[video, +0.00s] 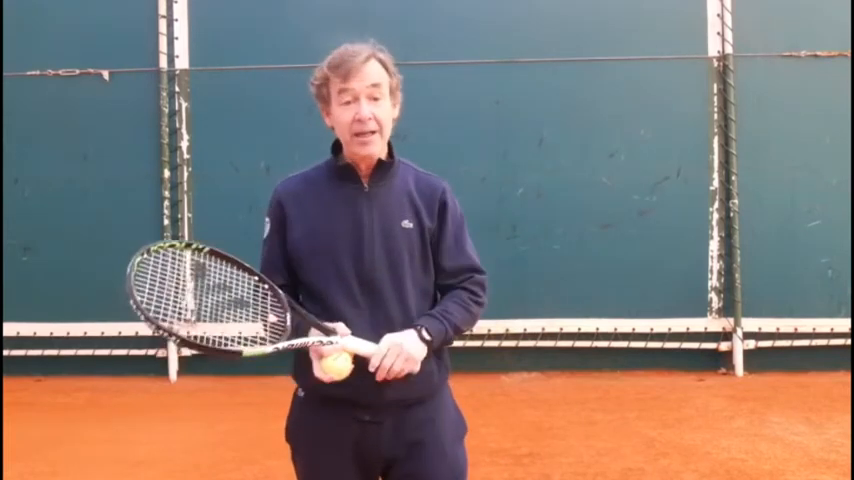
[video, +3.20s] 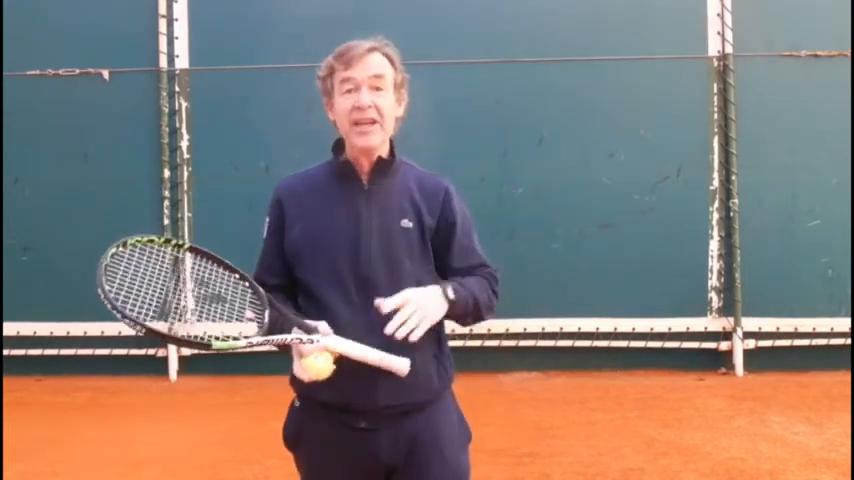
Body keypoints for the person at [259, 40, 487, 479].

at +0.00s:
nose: (364, 112)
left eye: (374, 98)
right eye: (348, 101)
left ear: (394, 106)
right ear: (328, 113)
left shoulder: (432, 196)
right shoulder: (292, 200)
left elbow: (469, 287)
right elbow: (274, 298)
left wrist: (422, 336)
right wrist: (313, 337)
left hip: (423, 417)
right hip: (328, 419)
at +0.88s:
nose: (416, 96)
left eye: (430, 82)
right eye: (402, 86)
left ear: (453, 99)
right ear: (384, 105)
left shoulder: (487, 197)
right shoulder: (343, 196)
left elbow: (523, 296)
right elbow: (316, 300)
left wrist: (481, 345)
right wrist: (358, 338)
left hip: (475, 429)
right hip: (375, 428)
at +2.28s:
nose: (405, 87)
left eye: (420, 77)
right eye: (392, 79)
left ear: (443, 100)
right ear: (374, 105)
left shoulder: (478, 197)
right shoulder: (331, 195)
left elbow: (525, 282)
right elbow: (302, 299)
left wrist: (509, 299)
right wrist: (333, 338)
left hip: (458, 430)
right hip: (359, 427)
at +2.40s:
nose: (398, 93)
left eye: (412, 81)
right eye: (384, 83)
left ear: (434, 101)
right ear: (365, 107)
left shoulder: (470, 196)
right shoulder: (324, 196)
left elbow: (527, 289)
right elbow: (295, 297)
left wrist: (481, 275)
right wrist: (325, 337)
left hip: (450, 427)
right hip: (352, 424)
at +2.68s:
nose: (381, 106)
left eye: (394, 92)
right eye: (367, 93)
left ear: (415, 106)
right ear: (346, 109)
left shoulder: (446, 192)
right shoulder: (306, 197)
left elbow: (513, 283)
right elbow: (282, 293)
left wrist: (505, 223)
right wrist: (302, 335)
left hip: (434, 423)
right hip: (338, 423)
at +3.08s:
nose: (365, 103)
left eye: (378, 90)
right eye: (350, 91)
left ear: (400, 102)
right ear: (332, 108)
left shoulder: (437, 195)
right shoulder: (293, 198)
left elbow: (491, 294)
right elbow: (269, 289)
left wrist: (502, 269)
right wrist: (288, 335)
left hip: (425, 421)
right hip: (328, 422)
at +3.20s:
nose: (364, 102)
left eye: (377, 87)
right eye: (349, 90)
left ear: (399, 102)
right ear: (330, 107)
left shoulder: (435, 196)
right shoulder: (292, 199)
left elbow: (483, 285)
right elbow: (270, 293)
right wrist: (298, 332)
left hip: (425, 420)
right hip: (328, 424)